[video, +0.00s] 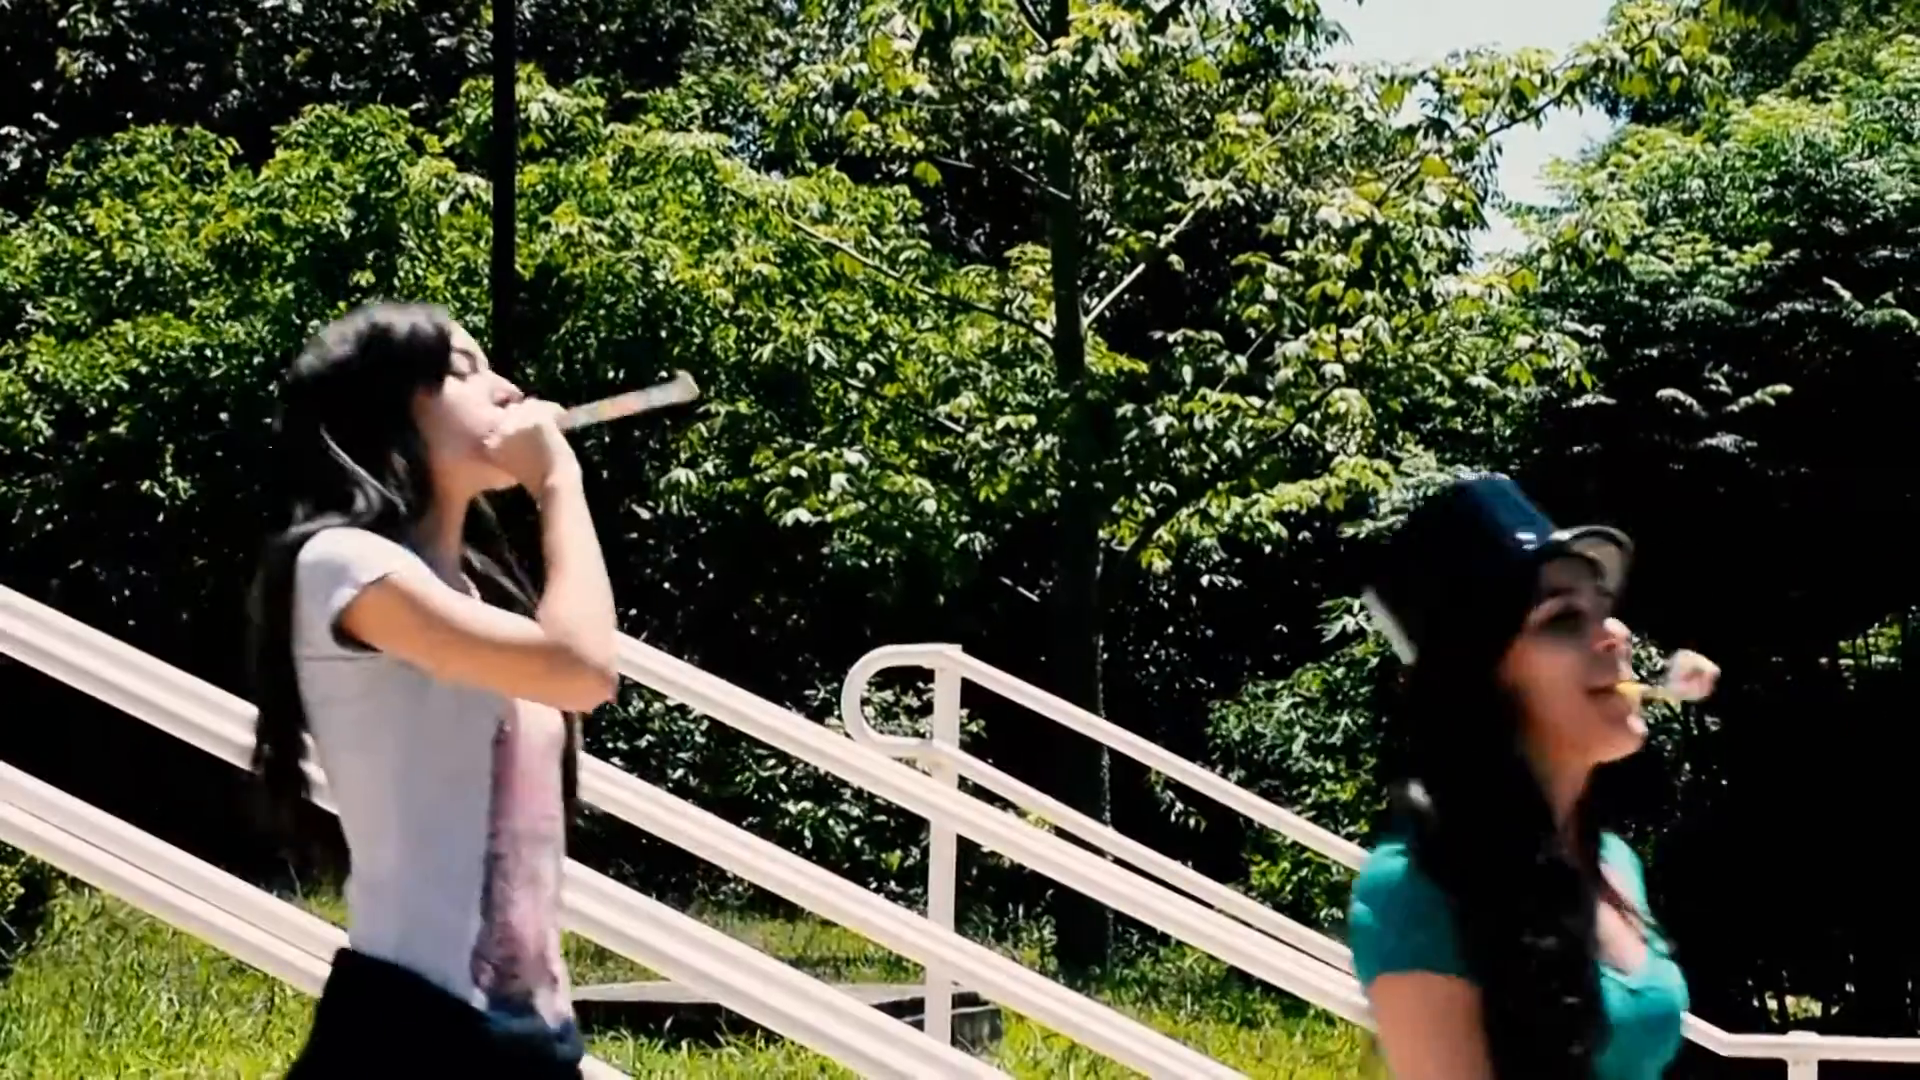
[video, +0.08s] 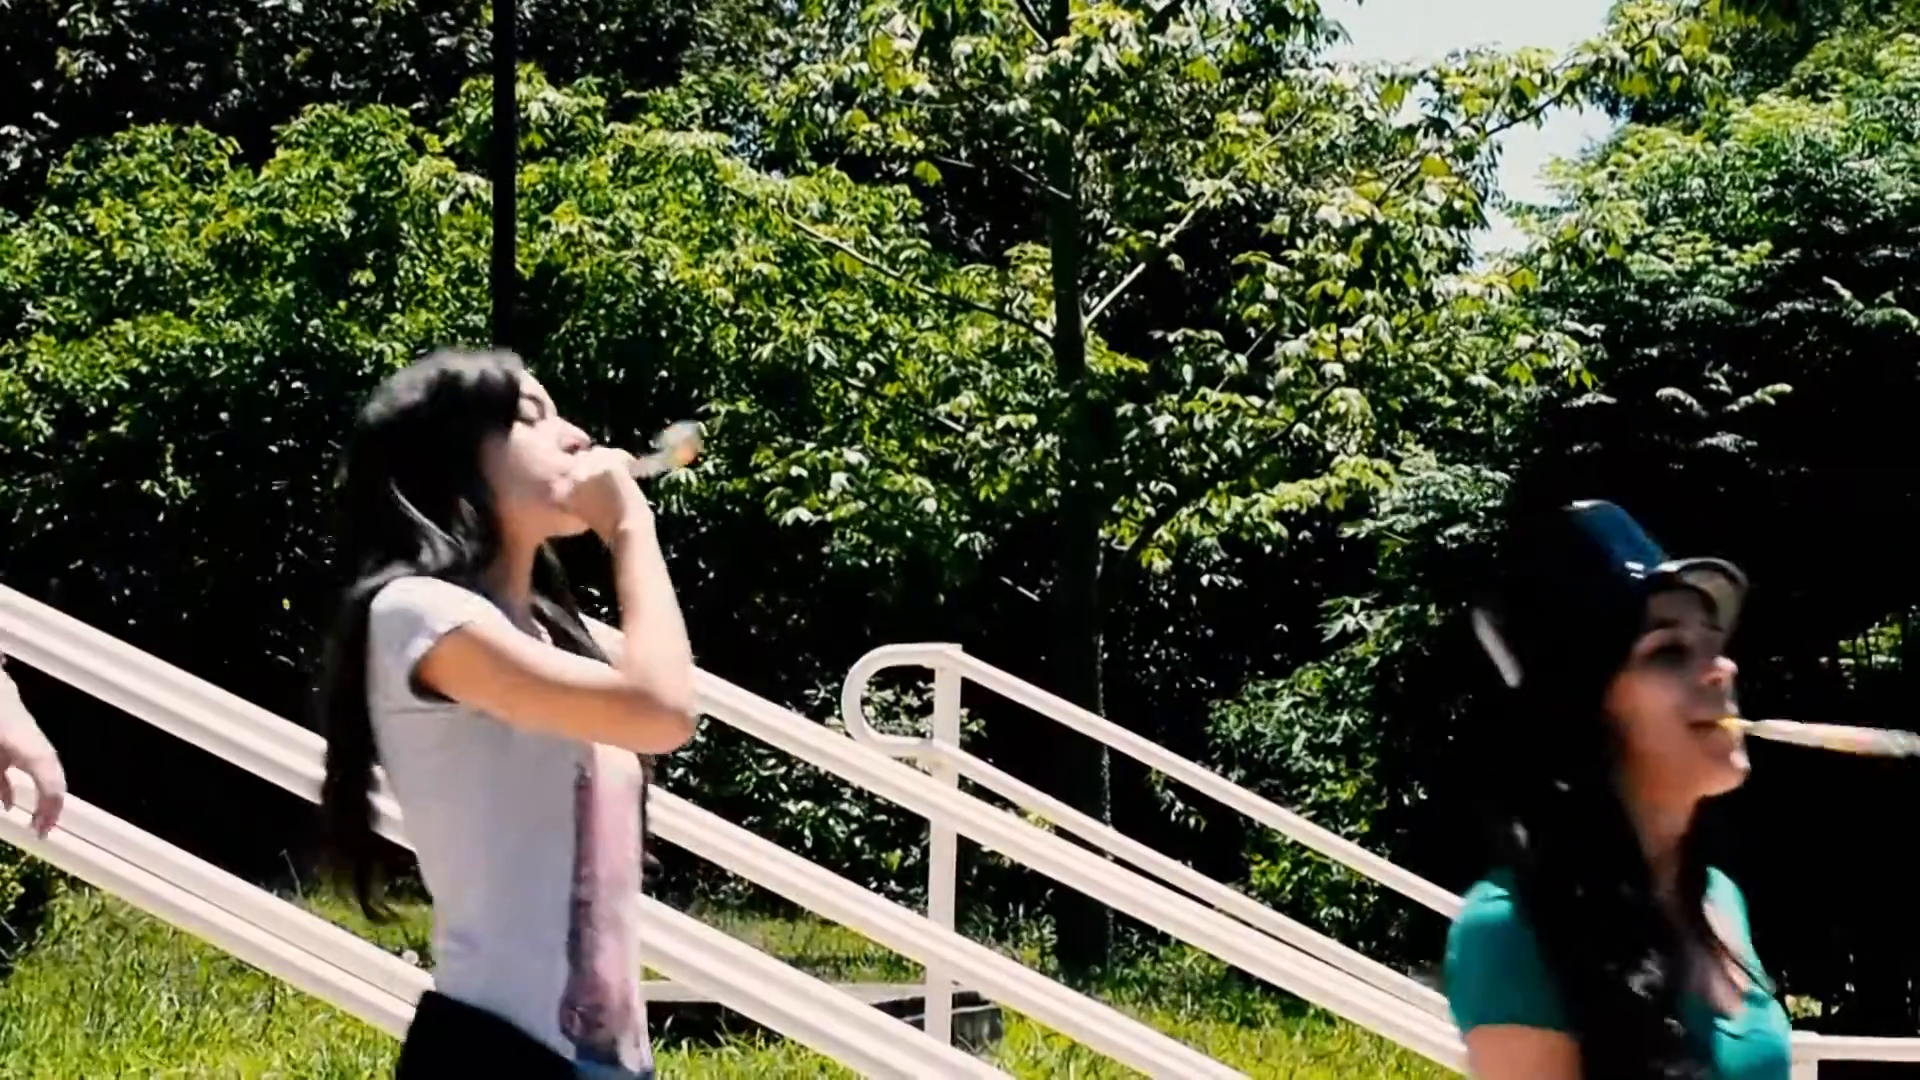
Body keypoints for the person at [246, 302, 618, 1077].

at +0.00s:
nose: (506, 387)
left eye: (491, 368)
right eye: (465, 370)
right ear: (391, 420)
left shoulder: (485, 600)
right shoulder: (341, 562)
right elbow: (581, 667)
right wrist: (558, 478)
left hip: (530, 1028)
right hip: (411, 1024)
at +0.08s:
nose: (575, 436)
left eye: (557, 414)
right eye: (532, 416)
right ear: (458, 468)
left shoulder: (564, 633)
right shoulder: (414, 611)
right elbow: (658, 711)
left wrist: (629, 525)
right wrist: (629, 519)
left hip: (609, 1048)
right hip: (499, 1044)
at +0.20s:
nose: (676, 459)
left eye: (660, 438)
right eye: (632, 441)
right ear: (558, 485)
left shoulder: (648, 657)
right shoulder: (519, 633)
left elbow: (765, 739)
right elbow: (764, 746)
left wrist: (730, 568)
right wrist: (729, 559)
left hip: (689, 1059)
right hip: (586, 1057)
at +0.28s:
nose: (741, 463)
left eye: (727, 438)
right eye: (701, 440)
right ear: (624, 477)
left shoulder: (701, 648)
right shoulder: (576, 631)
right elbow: (812, 769)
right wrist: (792, 573)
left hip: (742, 1052)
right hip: (646, 1052)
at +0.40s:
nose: (840, 493)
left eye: (830, 469)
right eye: (803, 471)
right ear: (719, 492)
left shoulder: (779, 680)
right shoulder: (653, 660)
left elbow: (813, 951)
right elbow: (863, 846)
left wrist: (892, 1062)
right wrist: (872, 630)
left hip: (829, 1058)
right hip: (732, 1063)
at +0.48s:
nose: (920, 540)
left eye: (908, 513)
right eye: (883, 514)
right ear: (795, 536)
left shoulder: (856, 736)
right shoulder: (719, 702)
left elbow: (926, 993)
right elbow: (887, 931)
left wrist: (1004, 1071)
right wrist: (939, 705)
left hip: (911, 1065)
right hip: (810, 1067)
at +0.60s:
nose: (1042, 611)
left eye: (1033, 584)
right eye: (1006, 584)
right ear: (914, 594)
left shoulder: (981, 794)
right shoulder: (835, 777)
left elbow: (1039, 1030)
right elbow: (892, 1057)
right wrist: (1046, 867)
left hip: (1032, 1070)